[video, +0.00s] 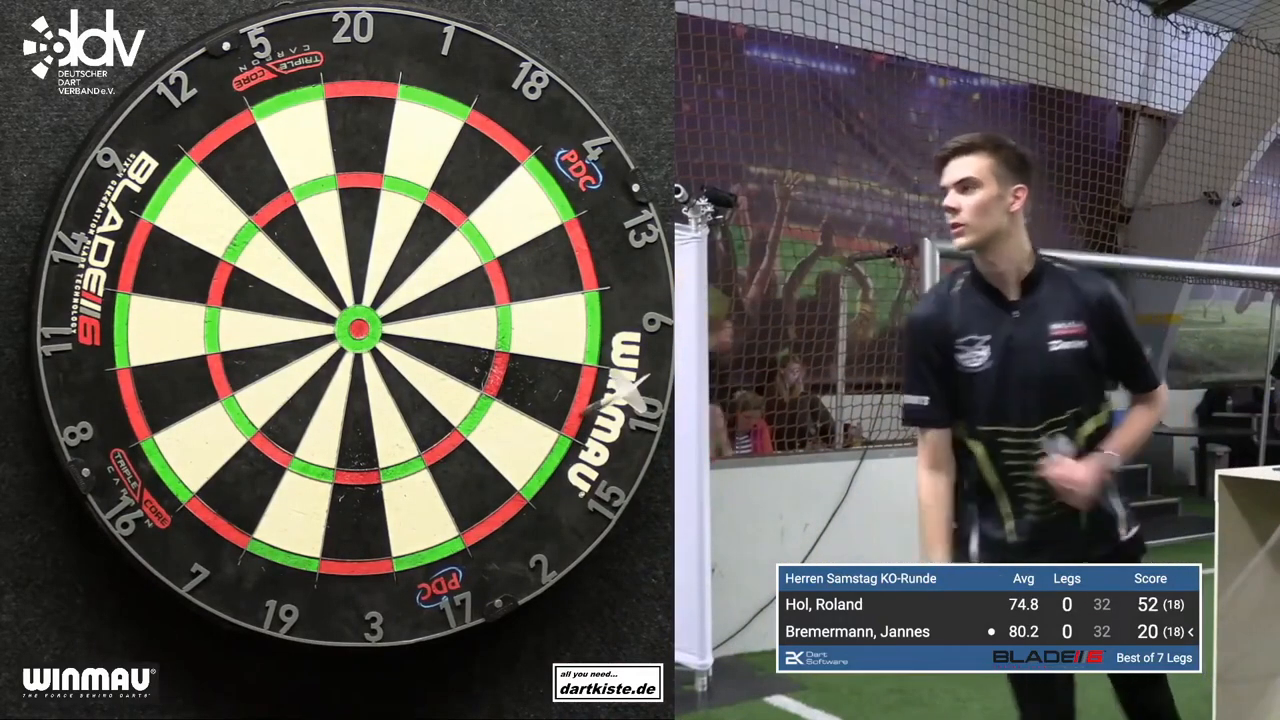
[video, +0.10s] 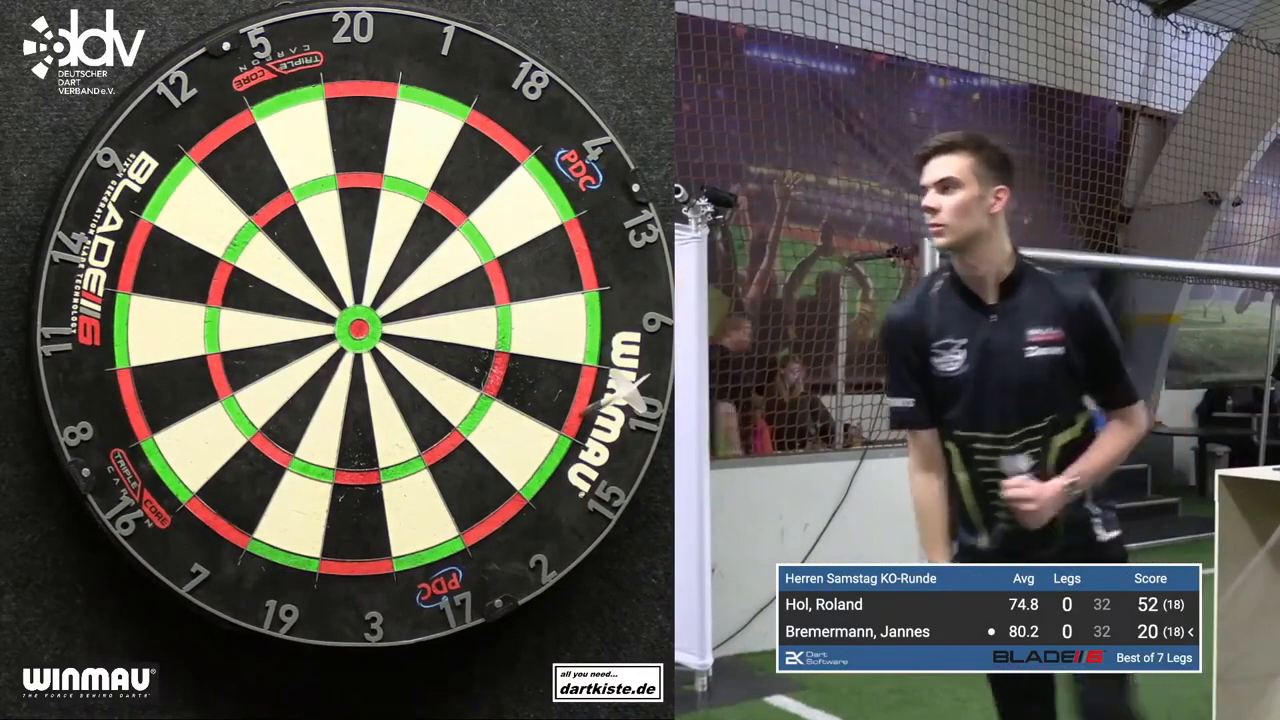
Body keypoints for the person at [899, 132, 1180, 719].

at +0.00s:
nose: (948, 204)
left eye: (966, 188)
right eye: (946, 193)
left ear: (1016, 199)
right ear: (945, 206)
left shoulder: (1089, 297)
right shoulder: (936, 319)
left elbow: (1152, 397)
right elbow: (935, 464)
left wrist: (1101, 464)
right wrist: (939, 583)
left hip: (1102, 546)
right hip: (1008, 560)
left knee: (1147, 701)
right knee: (1044, 710)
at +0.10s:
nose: (928, 203)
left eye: (946, 188)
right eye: (925, 192)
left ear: (997, 200)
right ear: (923, 206)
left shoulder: (1070, 302)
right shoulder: (913, 322)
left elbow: (1132, 419)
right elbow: (926, 463)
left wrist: (1062, 489)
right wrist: (940, 577)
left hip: (1086, 554)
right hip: (989, 563)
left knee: (1107, 707)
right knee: (1023, 711)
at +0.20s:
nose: (911, 203)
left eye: (930, 187)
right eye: (909, 191)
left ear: (982, 200)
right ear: (907, 204)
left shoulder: (1056, 309)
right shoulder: (898, 323)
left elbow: (1120, 424)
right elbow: (909, 465)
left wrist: (1041, 490)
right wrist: (918, 581)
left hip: (1061, 566)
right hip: (969, 571)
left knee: (1049, 707)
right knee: (1009, 707)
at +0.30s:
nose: (874, 205)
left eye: (897, 189)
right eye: (874, 191)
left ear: (951, 204)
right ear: (873, 205)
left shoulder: (1024, 317)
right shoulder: (864, 330)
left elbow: (1102, 436)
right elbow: (868, 479)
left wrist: (1011, 512)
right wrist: (871, 603)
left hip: (1032, 570)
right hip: (939, 577)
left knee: (984, 706)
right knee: (1004, 705)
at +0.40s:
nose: (844, 202)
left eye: (868, 187)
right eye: (844, 188)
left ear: (925, 204)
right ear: (843, 201)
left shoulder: (996, 324)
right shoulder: (831, 330)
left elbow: (1081, 451)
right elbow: (829, 481)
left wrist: (983, 526)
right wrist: (832, 619)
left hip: (1003, 580)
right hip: (911, 586)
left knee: (947, 708)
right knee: (992, 708)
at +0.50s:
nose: (786, 180)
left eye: (813, 166)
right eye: (788, 164)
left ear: (875, 187)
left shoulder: (938, 321)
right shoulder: (774, 316)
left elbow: (1026, 465)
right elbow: (771, 467)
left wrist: (902, 539)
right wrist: (768, 615)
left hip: (928, 590)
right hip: (832, 589)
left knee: (889, 707)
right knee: (885, 706)